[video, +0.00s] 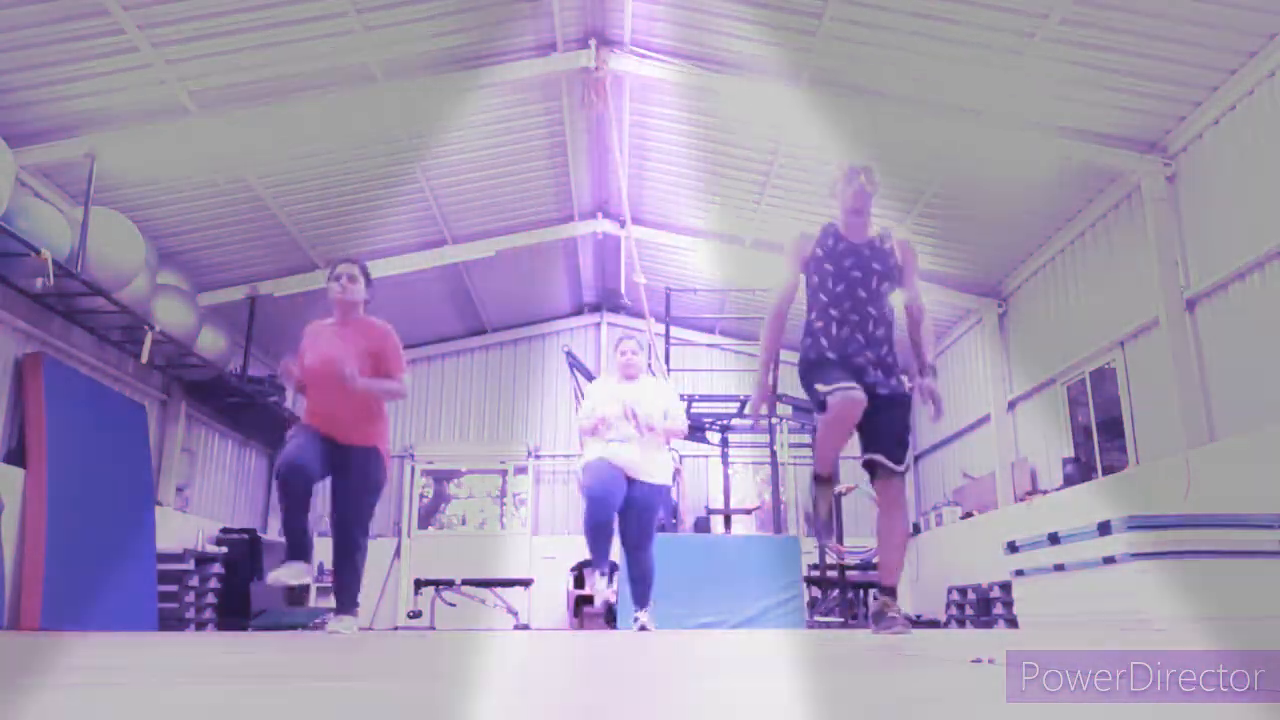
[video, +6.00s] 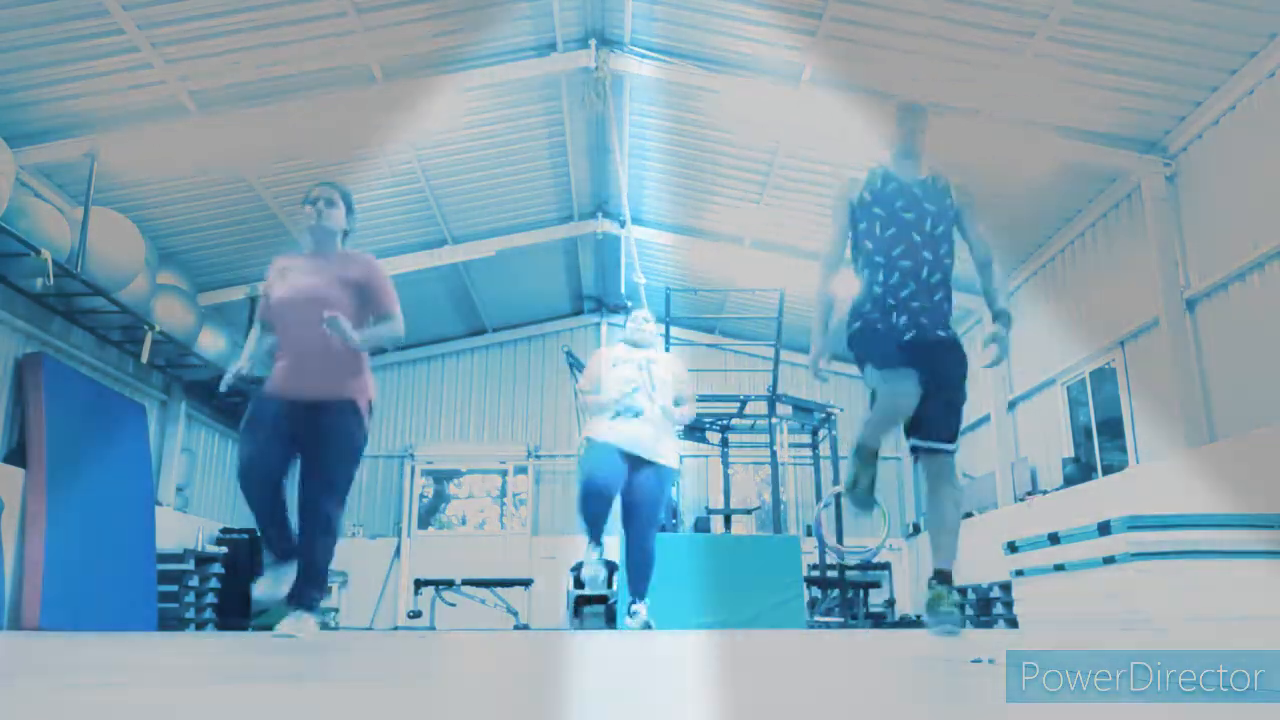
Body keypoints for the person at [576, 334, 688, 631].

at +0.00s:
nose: (629, 357)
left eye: (634, 353)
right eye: (623, 353)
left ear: (645, 358)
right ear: (614, 359)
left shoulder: (662, 389)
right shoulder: (599, 387)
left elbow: (682, 428)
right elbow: (582, 427)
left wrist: (654, 426)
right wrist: (599, 421)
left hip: (648, 467)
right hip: (606, 459)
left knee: (639, 544)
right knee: (601, 495)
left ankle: (642, 609)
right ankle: (600, 568)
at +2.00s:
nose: (621, 384)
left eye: (626, 379)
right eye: (615, 379)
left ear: (632, 385)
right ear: (607, 385)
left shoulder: (647, 415)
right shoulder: (592, 415)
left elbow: (665, 453)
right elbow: (582, 454)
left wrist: (642, 446)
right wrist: (600, 439)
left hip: (644, 491)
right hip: (604, 490)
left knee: (639, 550)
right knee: (613, 544)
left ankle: (632, 607)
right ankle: (608, 609)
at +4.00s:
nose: (604, 361)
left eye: (611, 357)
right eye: (599, 356)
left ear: (619, 364)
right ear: (589, 362)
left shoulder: (633, 392)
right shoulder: (571, 390)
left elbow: (652, 431)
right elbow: (555, 430)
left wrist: (628, 430)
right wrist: (586, 429)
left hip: (625, 459)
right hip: (581, 470)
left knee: (625, 496)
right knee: (593, 542)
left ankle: (619, 570)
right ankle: (597, 608)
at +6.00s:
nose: (642, 325)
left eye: (648, 321)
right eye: (636, 321)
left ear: (657, 331)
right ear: (624, 328)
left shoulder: (672, 363)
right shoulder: (604, 357)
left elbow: (689, 410)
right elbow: (582, 401)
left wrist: (671, 412)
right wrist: (614, 399)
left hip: (655, 447)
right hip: (608, 439)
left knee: (642, 527)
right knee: (599, 483)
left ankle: (637, 604)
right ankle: (594, 543)